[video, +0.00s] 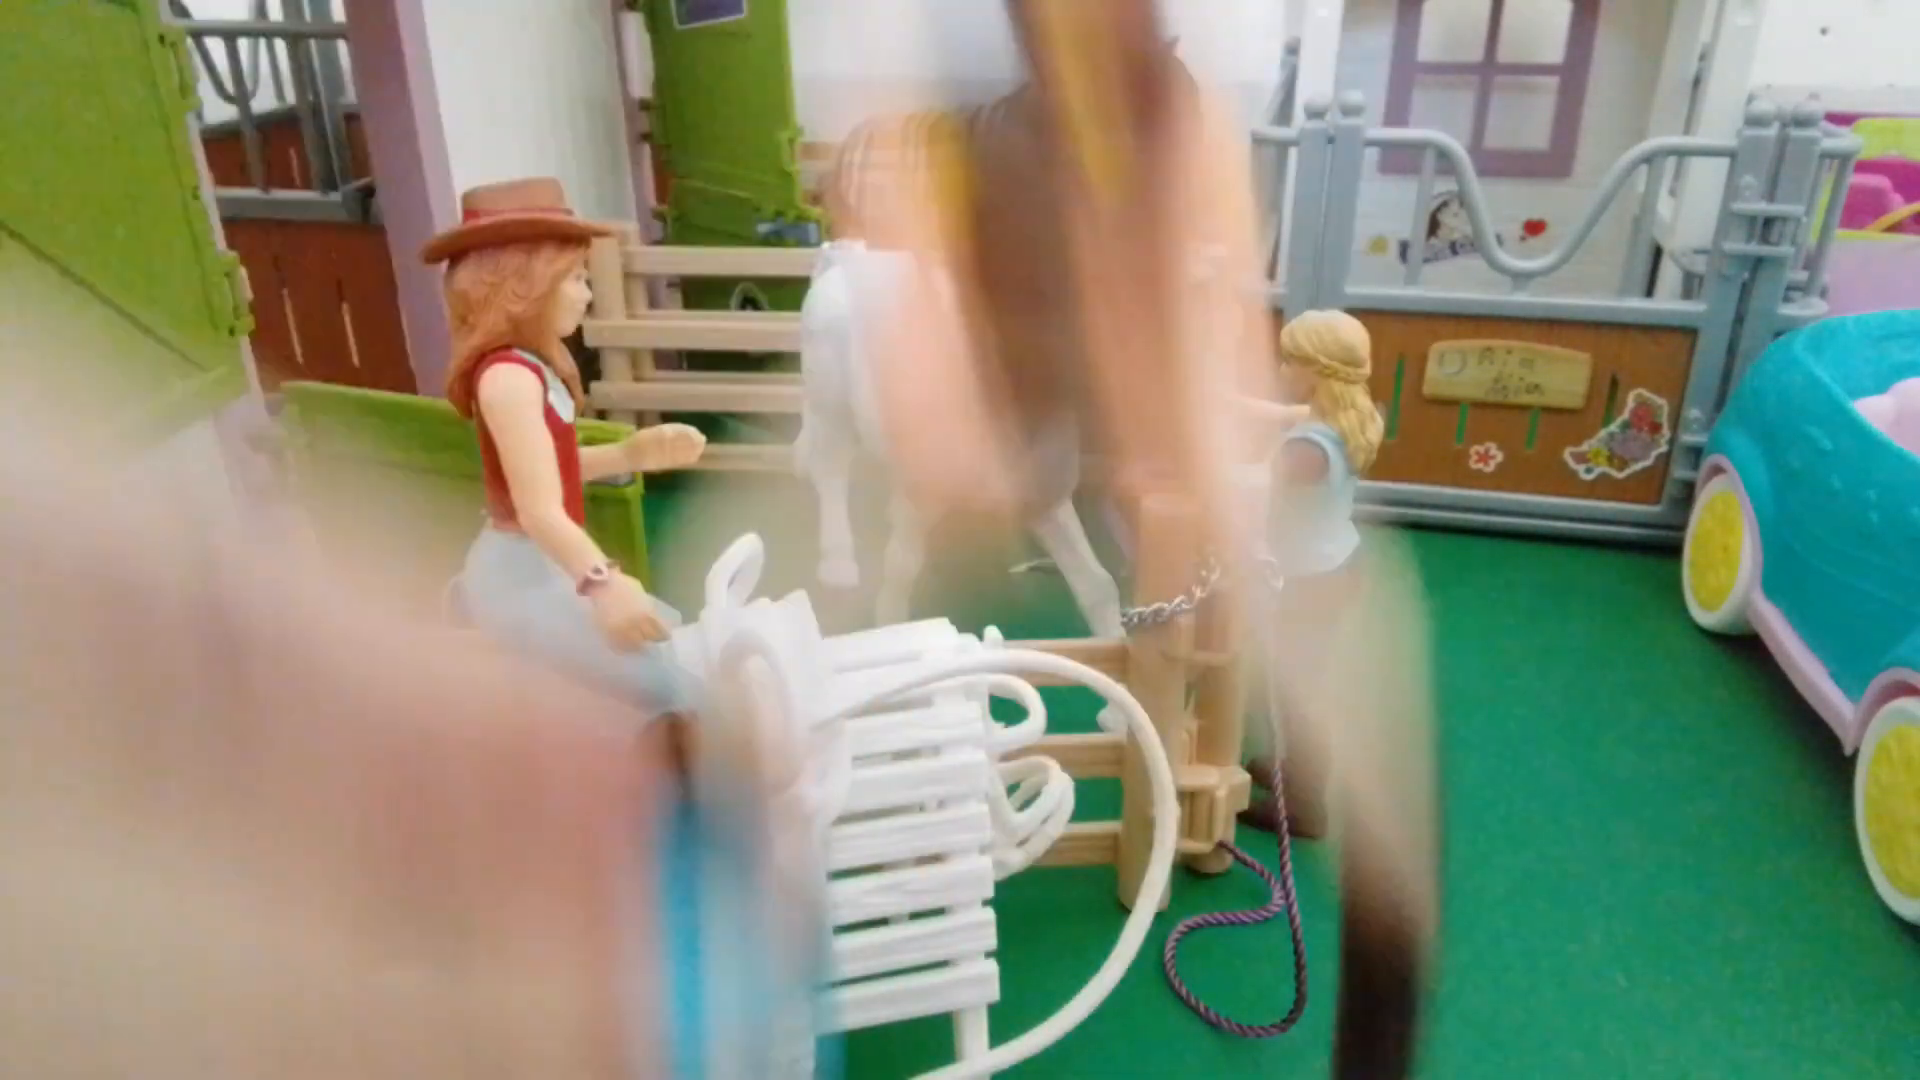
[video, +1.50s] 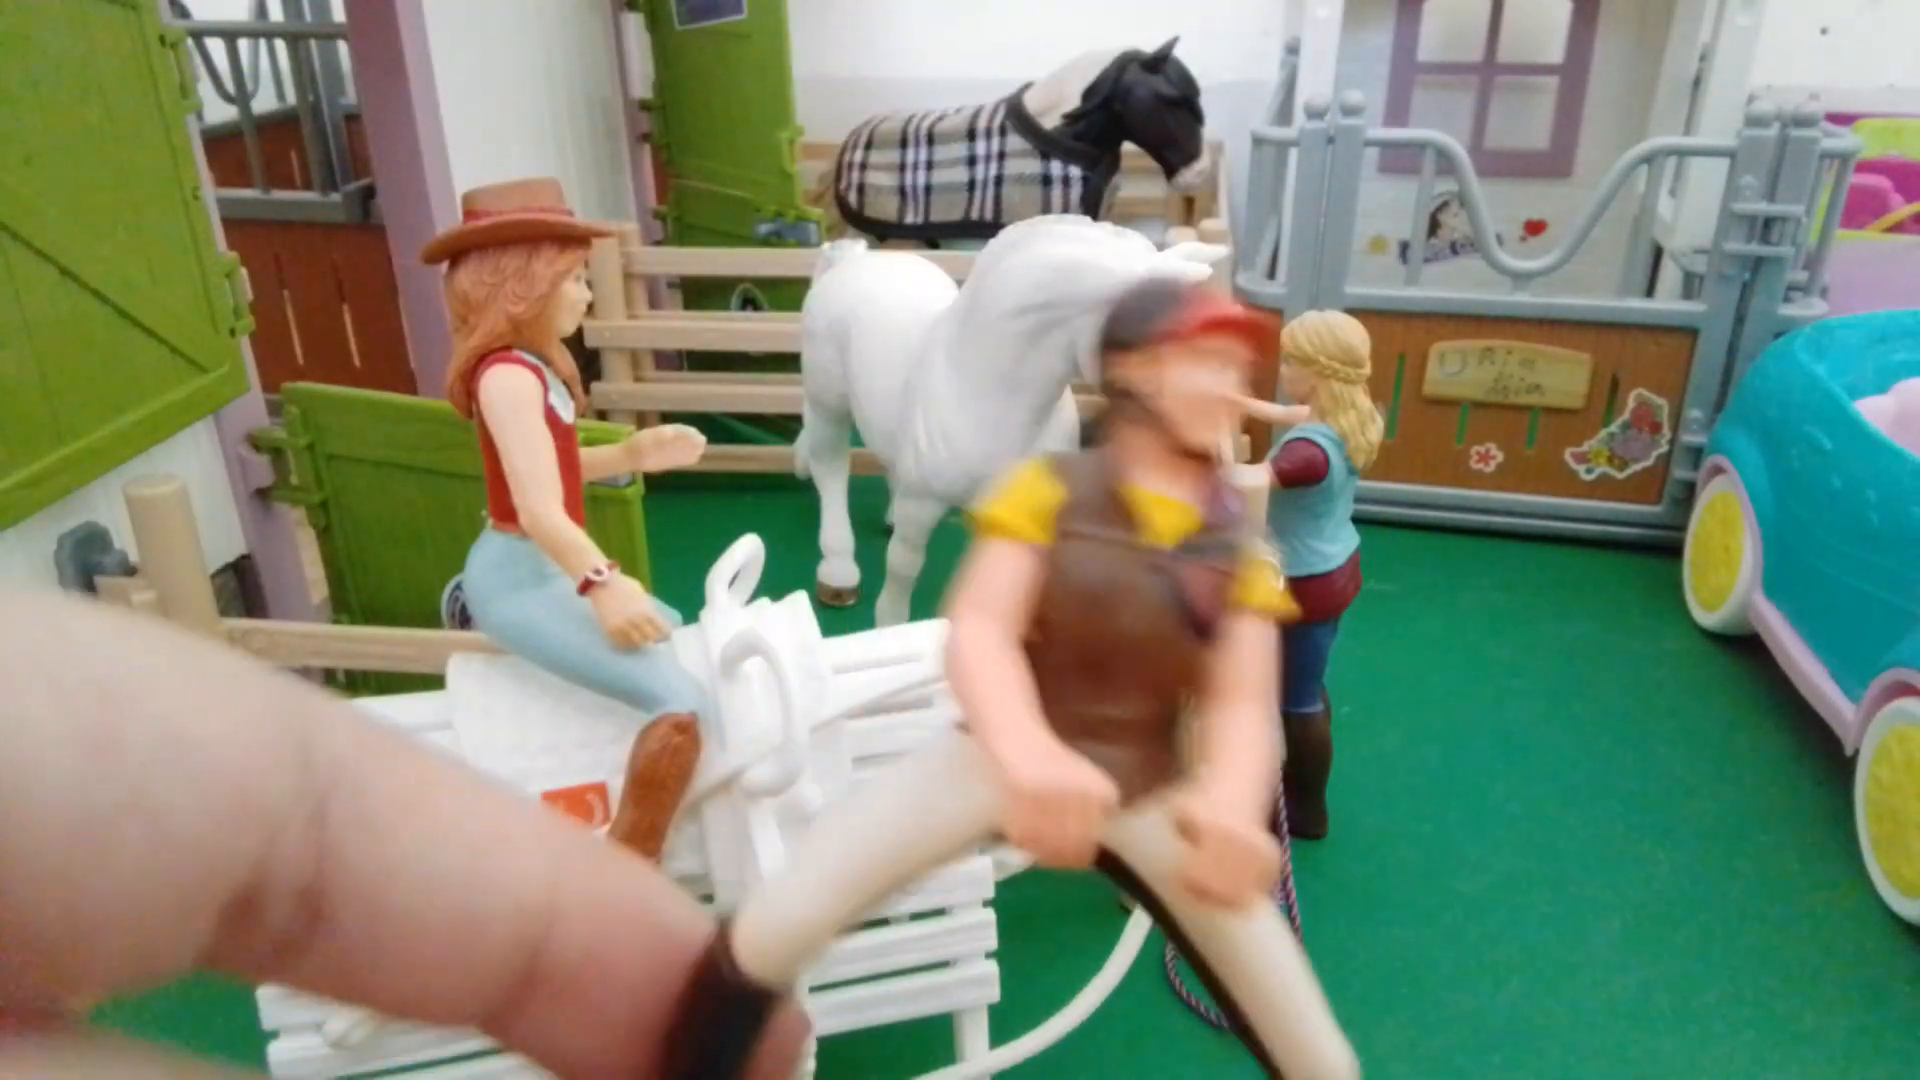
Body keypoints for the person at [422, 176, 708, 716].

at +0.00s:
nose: (588, 295)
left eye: (585, 278)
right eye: (577, 279)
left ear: (532, 291)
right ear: (526, 287)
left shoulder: (539, 370)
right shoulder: (508, 379)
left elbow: (551, 470)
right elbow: (537, 511)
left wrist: (628, 456)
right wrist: (603, 584)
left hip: (549, 561)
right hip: (520, 577)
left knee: (679, 640)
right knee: (673, 683)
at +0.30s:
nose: (587, 293)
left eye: (584, 277)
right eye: (575, 277)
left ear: (535, 287)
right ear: (527, 285)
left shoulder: (541, 369)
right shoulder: (509, 378)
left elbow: (555, 468)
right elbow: (536, 512)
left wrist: (635, 453)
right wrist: (603, 583)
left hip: (555, 563)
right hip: (515, 579)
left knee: (701, 659)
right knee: (680, 697)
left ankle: (641, 865)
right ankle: (625, 874)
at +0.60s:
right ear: (503, 277)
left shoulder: (545, 372)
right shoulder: (512, 379)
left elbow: (553, 469)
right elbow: (538, 513)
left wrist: (626, 455)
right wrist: (608, 584)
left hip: (553, 566)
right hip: (523, 575)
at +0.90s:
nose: (587, 292)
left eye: (584, 276)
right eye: (575, 277)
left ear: (536, 286)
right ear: (528, 284)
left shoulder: (540, 369)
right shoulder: (509, 377)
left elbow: (553, 469)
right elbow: (536, 511)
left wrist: (634, 454)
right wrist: (604, 584)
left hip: (551, 563)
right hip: (515, 576)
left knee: (700, 658)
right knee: (682, 695)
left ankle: (636, 873)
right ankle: (625, 879)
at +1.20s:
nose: (588, 293)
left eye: (585, 276)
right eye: (576, 277)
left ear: (537, 286)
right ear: (527, 286)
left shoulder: (541, 368)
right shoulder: (509, 377)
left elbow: (554, 468)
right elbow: (536, 510)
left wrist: (634, 454)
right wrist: (603, 583)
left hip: (553, 563)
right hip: (515, 576)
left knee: (701, 666)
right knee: (680, 696)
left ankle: (641, 874)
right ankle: (624, 878)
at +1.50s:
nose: (588, 294)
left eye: (585, 278)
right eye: (576, 279)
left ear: (534, 287)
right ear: (526, 287)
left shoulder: (543, 369)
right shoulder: (509, 378)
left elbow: (554, 471)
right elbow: (538, 512)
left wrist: (629, 454)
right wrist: (602, 583)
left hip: (554, 560)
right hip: (515, 574)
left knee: (700, 648)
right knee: (680, 696)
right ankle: (627, 878)